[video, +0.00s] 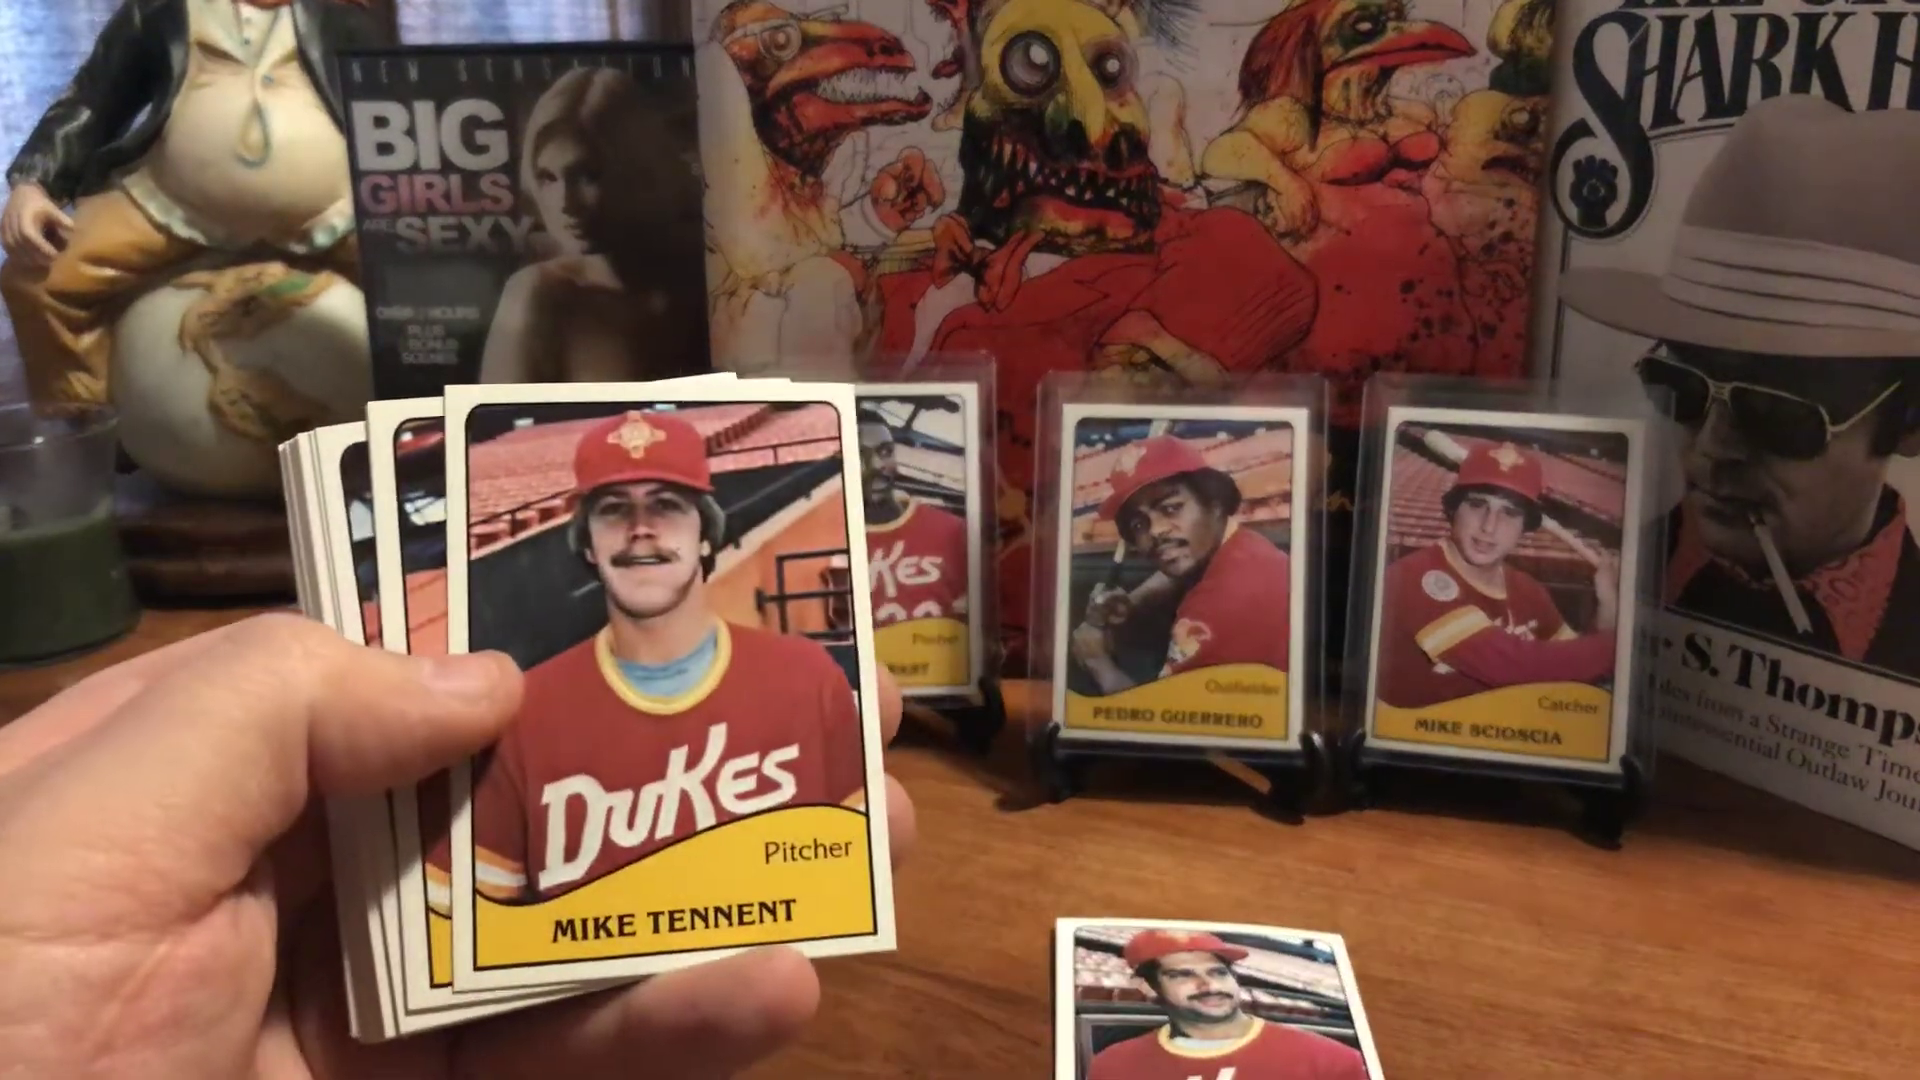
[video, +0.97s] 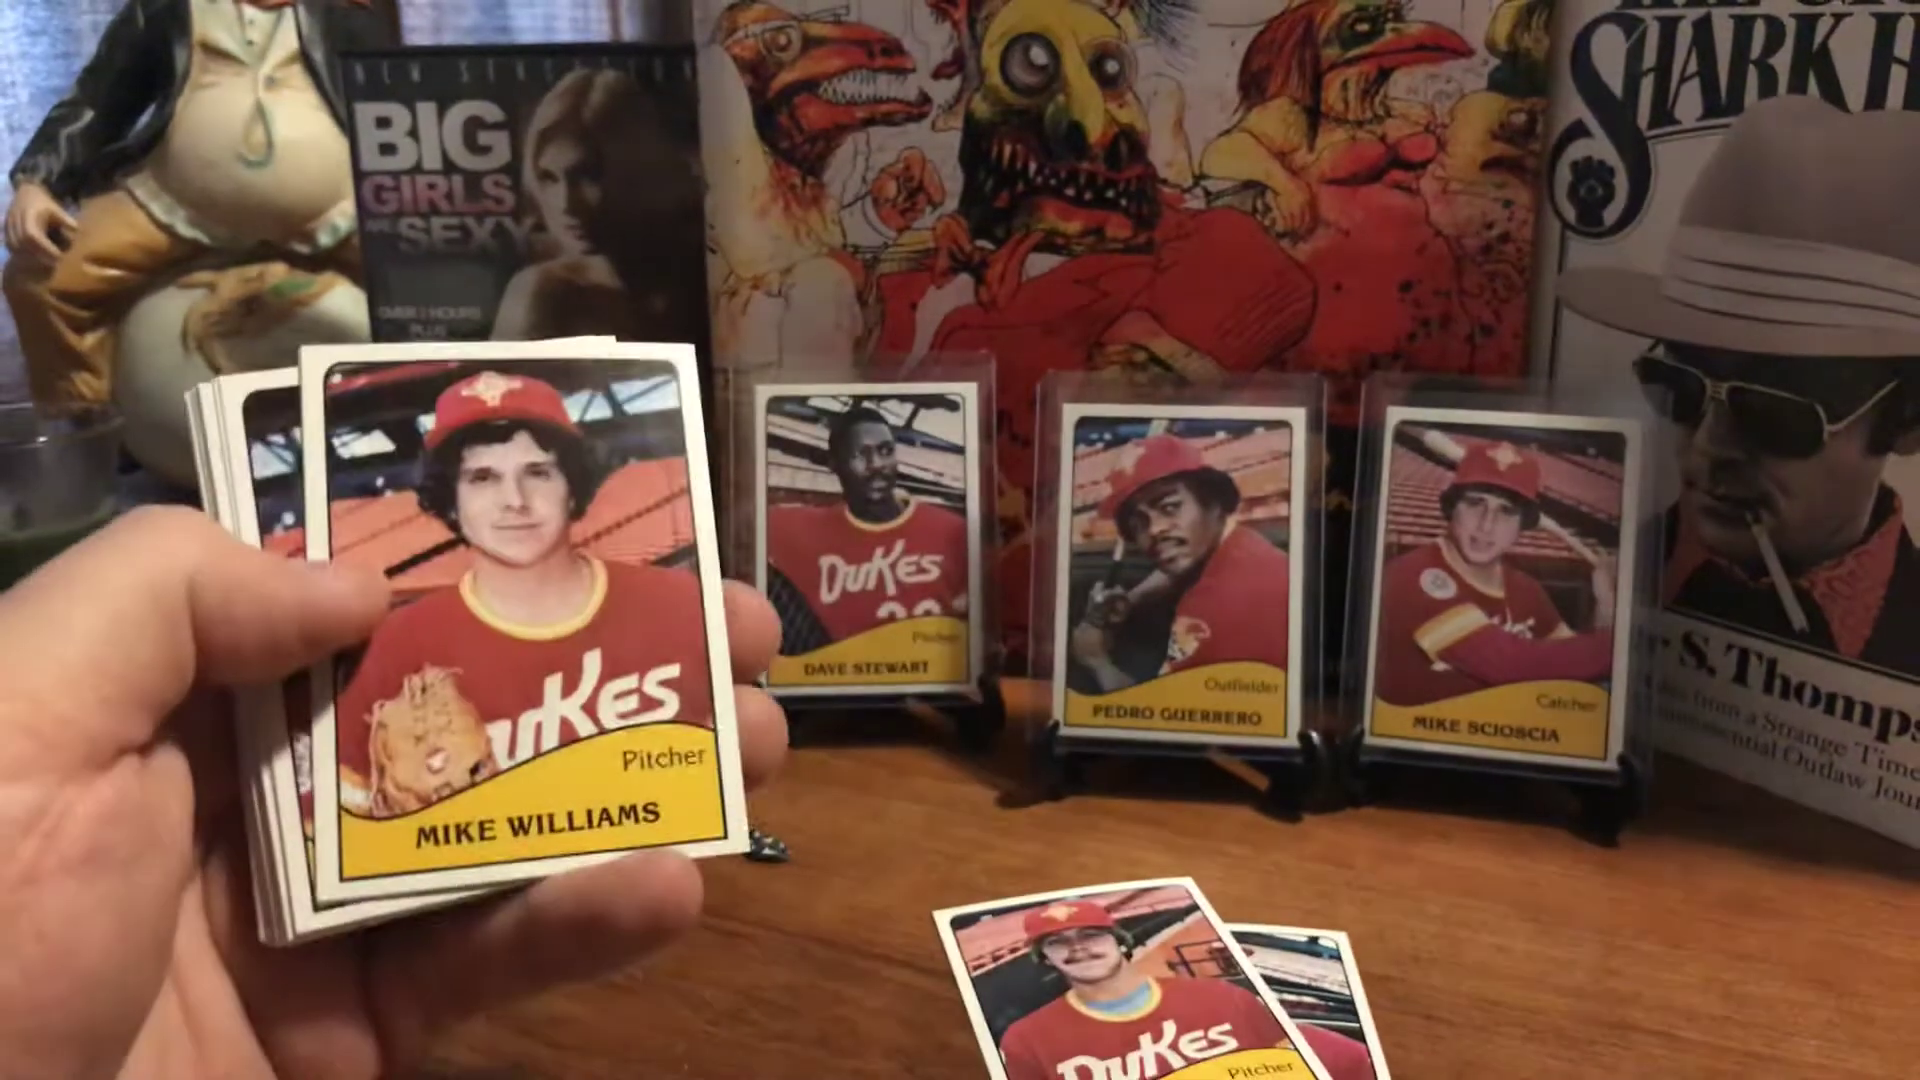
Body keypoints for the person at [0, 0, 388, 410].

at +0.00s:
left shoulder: (344, 19)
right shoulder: (158, 10)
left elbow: (398, 107)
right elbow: (91, 101)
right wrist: (28, 180)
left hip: (331, 213)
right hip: (173, 206)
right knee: (37, 276)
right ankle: (95, 439)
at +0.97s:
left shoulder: (351, 15)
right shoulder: (163, 11)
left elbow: (399, 98)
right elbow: (97, 99)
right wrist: (33, 180)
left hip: (336, 210)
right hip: (176, 204)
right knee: (41, 280)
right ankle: (94, 444)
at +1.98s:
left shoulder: (350, 17)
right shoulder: (160, 13)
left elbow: (399, 98)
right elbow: (93, 103)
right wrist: (31, 182)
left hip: (337, 210)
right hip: (175, 206)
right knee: (40, 281)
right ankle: (96, 453)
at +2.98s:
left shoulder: (348, 19)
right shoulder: (164, 11)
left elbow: (400, 107)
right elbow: (94, 103)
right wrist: (32, 181)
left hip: (338, 212)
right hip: (176, 207)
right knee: (41, 280)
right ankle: (98, 443)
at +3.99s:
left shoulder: (348, 14)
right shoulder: (163, 11)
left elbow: (397, 93)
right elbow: (100, 98)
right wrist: (34, 181)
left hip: (340, 209)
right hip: (178, 207)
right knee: (42, 279)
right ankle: (97, 434)